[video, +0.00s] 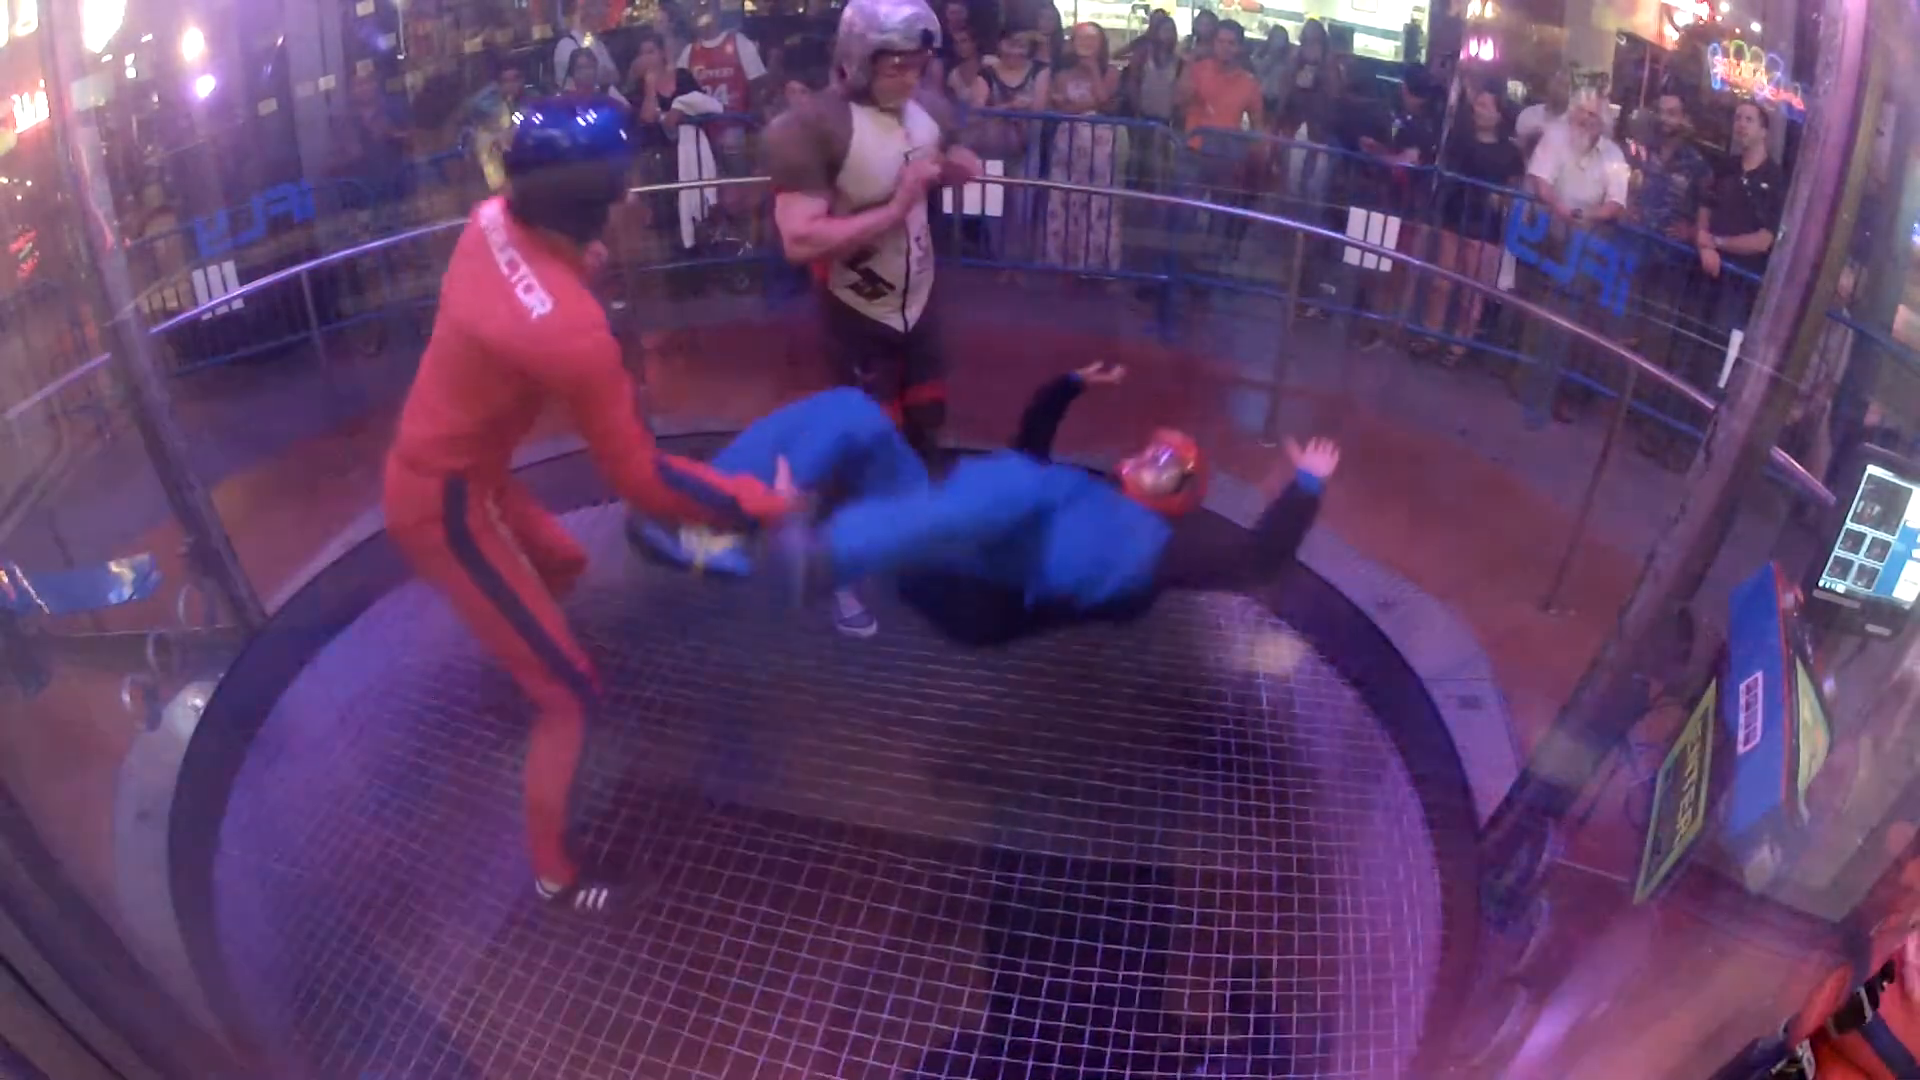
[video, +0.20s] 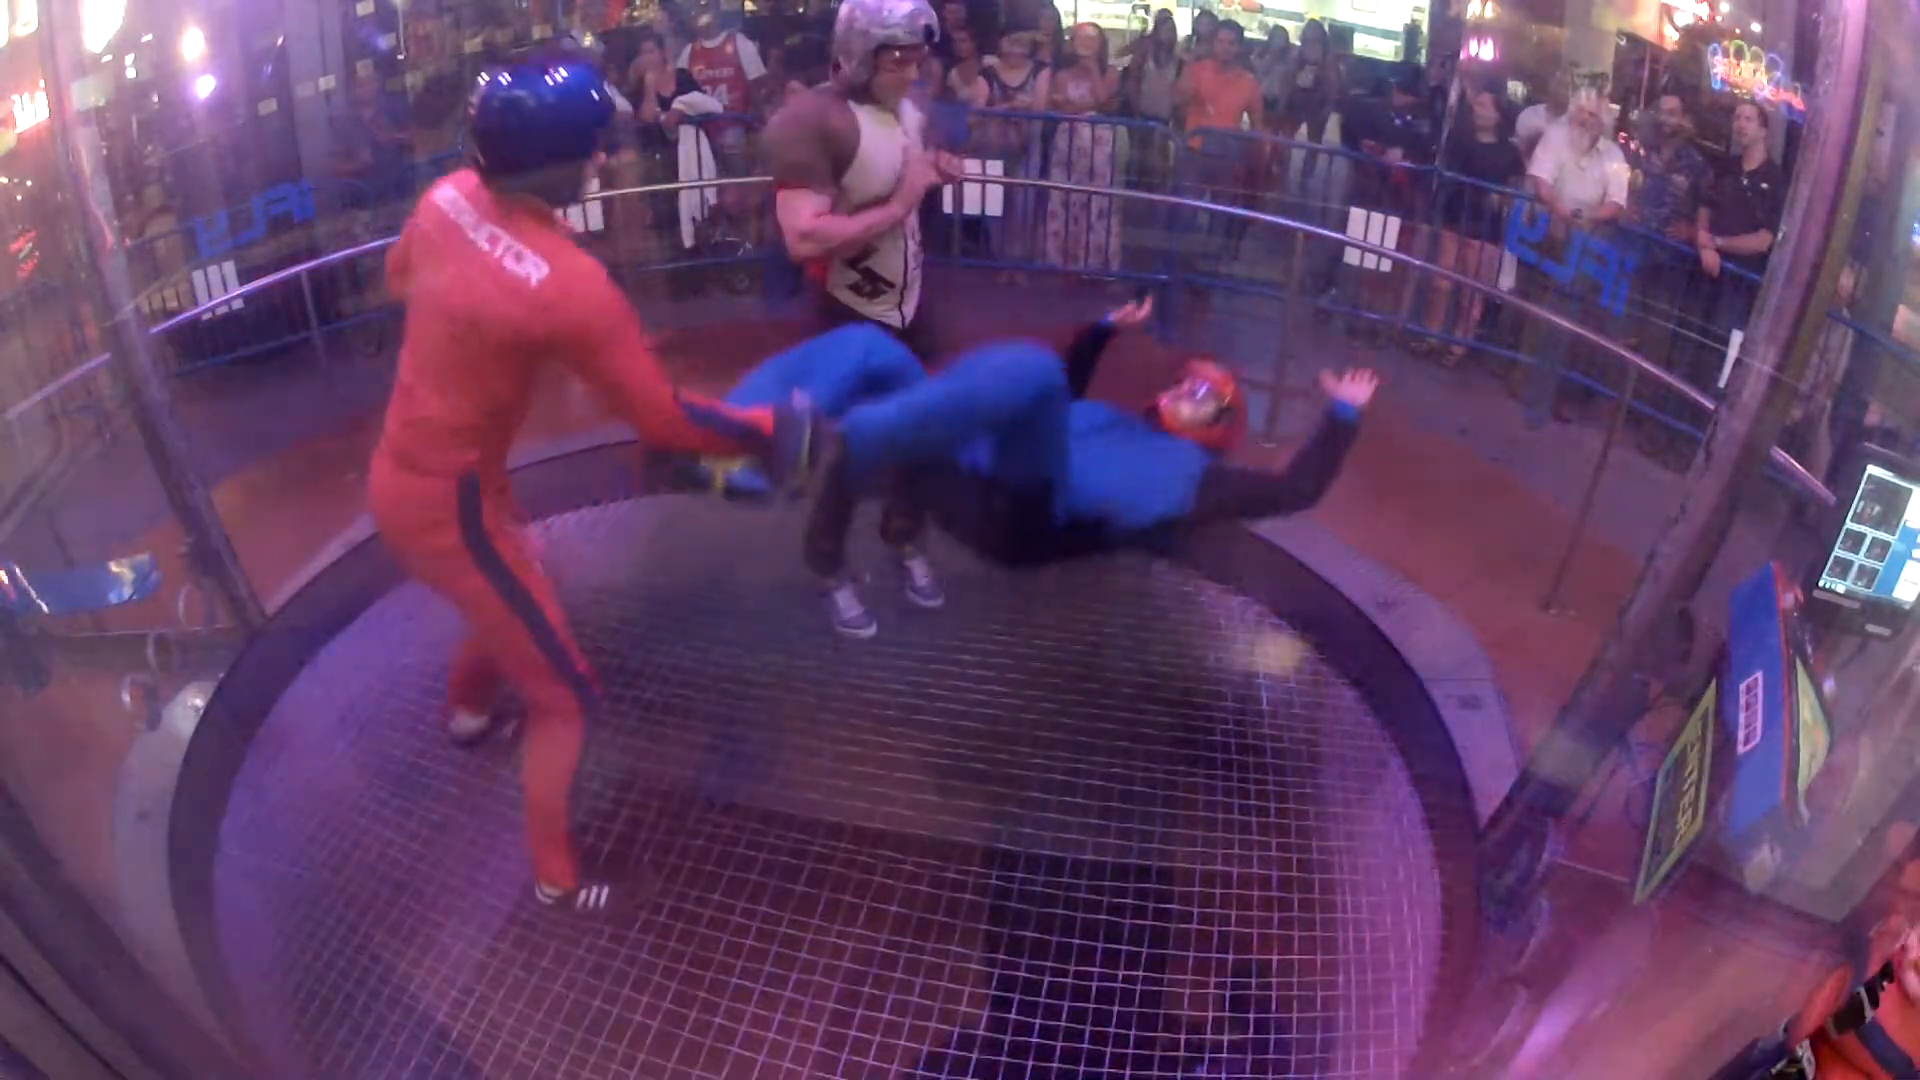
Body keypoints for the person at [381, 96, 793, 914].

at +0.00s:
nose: (624, 202)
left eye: (620, 188)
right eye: (617, 191)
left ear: (530, 184)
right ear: (594, 207)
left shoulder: (491, 222)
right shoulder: (571, 328)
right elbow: (636, 475)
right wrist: (752, 502)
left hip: (451, 464)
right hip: (445, 500)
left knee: (563, 561)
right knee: (566, 690)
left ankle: (506, 658)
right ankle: (551, 874)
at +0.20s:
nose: (599, 165)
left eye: (597, 150)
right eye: (591, 152)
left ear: (496, 148)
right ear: (563, 167)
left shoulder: (447, 200)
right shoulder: (570, 286)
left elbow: (397, 281)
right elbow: (662, 419)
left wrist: (491, 263)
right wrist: (765, 427)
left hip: (408, 474)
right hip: (454, 506)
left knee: (520, 592)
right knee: (561, 699)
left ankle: (470, 708)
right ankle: (556, 883)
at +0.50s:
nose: (546, 126)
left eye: (543, 109)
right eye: (536, 111)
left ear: (441, 117)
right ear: (505, 123)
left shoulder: (388, 205)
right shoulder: (531, 222)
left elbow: (334, 308)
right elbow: (690, 329)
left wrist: (429, 290)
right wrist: (790, 281)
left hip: (416, 487)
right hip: (490, 499)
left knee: (514, 619)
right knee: (556, 706)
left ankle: (469, 759)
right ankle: (556, 882)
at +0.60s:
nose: (526, 122)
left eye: (523, 105)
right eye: (510, 108)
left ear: (431, 123)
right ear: (462, 121)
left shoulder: (390, 211)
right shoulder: (503, 220)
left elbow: (336, 321)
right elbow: (642, 340)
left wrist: (440, 318)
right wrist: (705, 246)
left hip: (428, 493)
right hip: (498, 499)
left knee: (516, 631)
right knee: (553, 704)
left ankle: (471, 774)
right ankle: (559, 881)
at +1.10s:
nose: (471, 126)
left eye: (467, 107)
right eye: (451, 114)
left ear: (400, 131)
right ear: (402, 130)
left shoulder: (410, 208)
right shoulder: (396, 244)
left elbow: (471, 339)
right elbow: (454, 426)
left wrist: (492, 315)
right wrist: (506, 332)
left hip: (482, 488)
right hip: (450, 516)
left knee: (521, 661)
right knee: (531, 703)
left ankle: (474, 819)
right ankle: (552, 877)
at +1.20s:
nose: (461, 125)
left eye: (458, 107)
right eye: (441, 112)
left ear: (398, 129)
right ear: (391, 127)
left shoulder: (410, 211)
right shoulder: (381, 243)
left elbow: (449, 360)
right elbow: (427, 447)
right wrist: (494, 342)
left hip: (475, 495)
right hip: (446, 519)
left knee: (496, 680)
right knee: (533, 709)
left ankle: (473, 837)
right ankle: (557, 887)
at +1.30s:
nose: (448, 126)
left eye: (445, 108)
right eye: (425, 114)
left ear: (400, 129)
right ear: (374, 131)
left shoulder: (408, 206)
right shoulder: (368, 246)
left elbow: (447, 359)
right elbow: (422, 458)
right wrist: (495, 348)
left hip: (473, 491)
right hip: (442, 520)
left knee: (494, 677)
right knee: (529, 711)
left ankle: (472, 837)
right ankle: (559, 887)